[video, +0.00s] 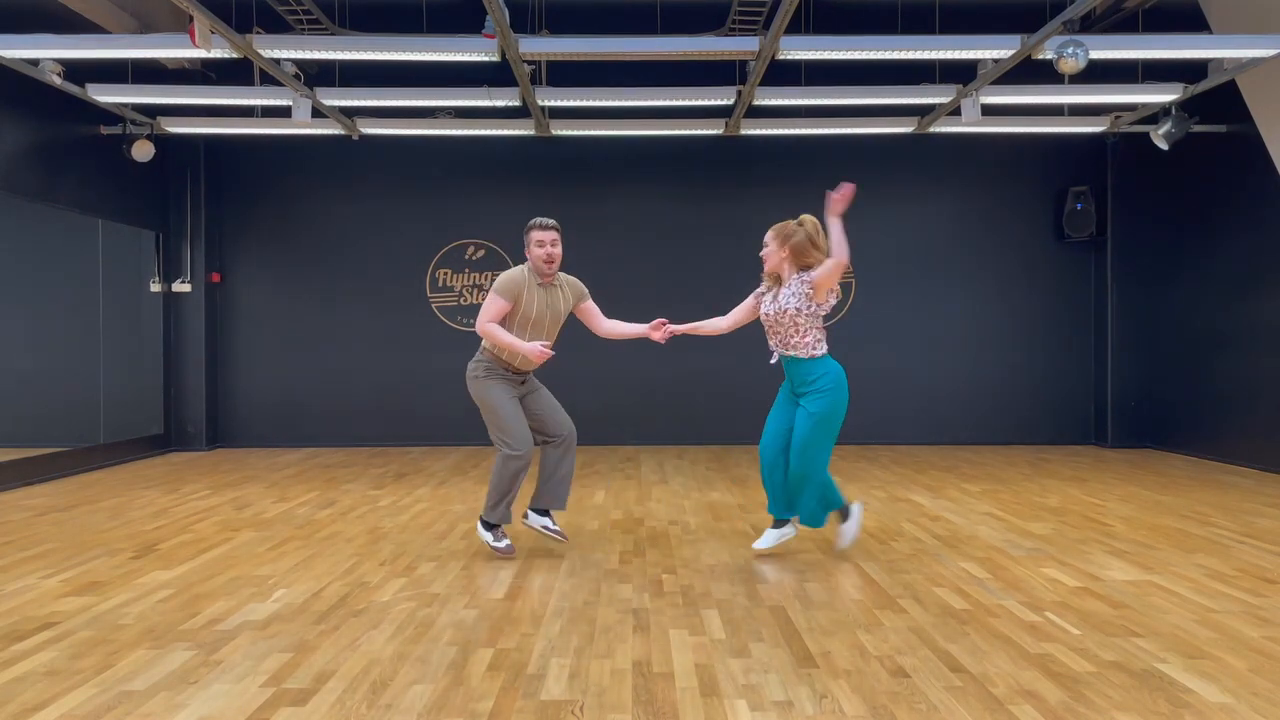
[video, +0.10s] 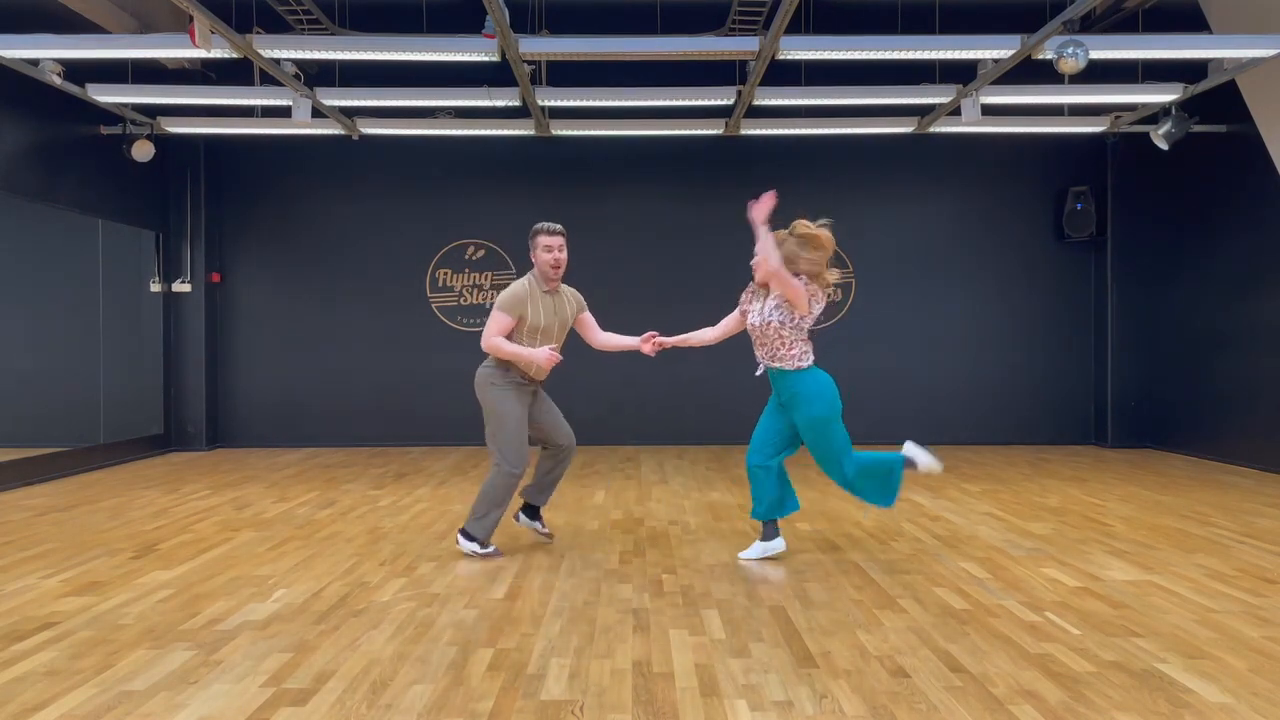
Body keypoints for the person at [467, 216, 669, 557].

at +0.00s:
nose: (549, 252)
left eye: (554, 244)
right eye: (540, 245)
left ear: (562, 248)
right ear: (527, 251)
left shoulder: (571, 288)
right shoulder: (512, 281)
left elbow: (602, 326)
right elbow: (484, 325)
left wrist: (646, 329)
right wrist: (523, 347)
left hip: (524, 378)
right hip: (489, 373)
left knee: (563, 433)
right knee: (518, 446)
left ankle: (540, 511)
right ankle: (490, 523)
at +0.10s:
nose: (556, 257)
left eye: (561, 249)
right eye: (547, 250)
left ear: (567, 253)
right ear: (532, 255)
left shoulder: (571, 299)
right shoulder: (517, 294)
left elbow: (597, 338)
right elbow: (489, 341)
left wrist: (638, 342)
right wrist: (532, 355)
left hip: (531, 386)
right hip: (499, 381)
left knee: (563, 442)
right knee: (512, 462)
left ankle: (531, 509)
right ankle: (472, 534)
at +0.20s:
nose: (573, 255)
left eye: (577, 248)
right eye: (565, 248)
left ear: (580, 253)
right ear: (546, 252)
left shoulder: (574, 297)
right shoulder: (534, 289)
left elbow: (590, 339)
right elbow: (519, 342)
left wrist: (626, 348)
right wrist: (570, 340)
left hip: (542, 384)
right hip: (519, 379)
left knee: (561, 451)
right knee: (540, 457)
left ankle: (525, 519)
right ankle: (480, 525)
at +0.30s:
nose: (593, 251)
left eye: (595, 246)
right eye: (586, 244)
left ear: (594, 250)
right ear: (564, 247)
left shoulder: (579, 290)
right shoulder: (558, 279)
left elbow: (587, 338)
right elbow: (564, 332)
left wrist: (622, 349)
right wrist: (605, 321)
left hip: (545, 374)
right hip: (539, 374)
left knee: (563, 440)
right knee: (593, 438)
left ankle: (540, 507)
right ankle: (541, 500)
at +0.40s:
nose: (611, 259)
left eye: (611, 253)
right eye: (604, 252)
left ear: (587, 257)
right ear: (583, 255)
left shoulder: (576, 286)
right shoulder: (581, 285)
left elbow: (586, 349)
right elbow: (615, 329)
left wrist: (623, 353)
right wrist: (641, 319)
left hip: (551, 382)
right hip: (567, 385)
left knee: (565, 457)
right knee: (630, 436)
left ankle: (542, 526)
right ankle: (622, 510)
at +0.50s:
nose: (623, 256)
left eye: (622, 251)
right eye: (622, 251)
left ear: (590, 254)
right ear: (618, 252)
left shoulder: (579, 290)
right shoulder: (621, 284)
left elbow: (592, 337)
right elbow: (662, 322)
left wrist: (633, 342)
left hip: (576, 379)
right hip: (611, 382)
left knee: (575, 454)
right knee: (649, 450)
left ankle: (548, 519)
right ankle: (641, 520)